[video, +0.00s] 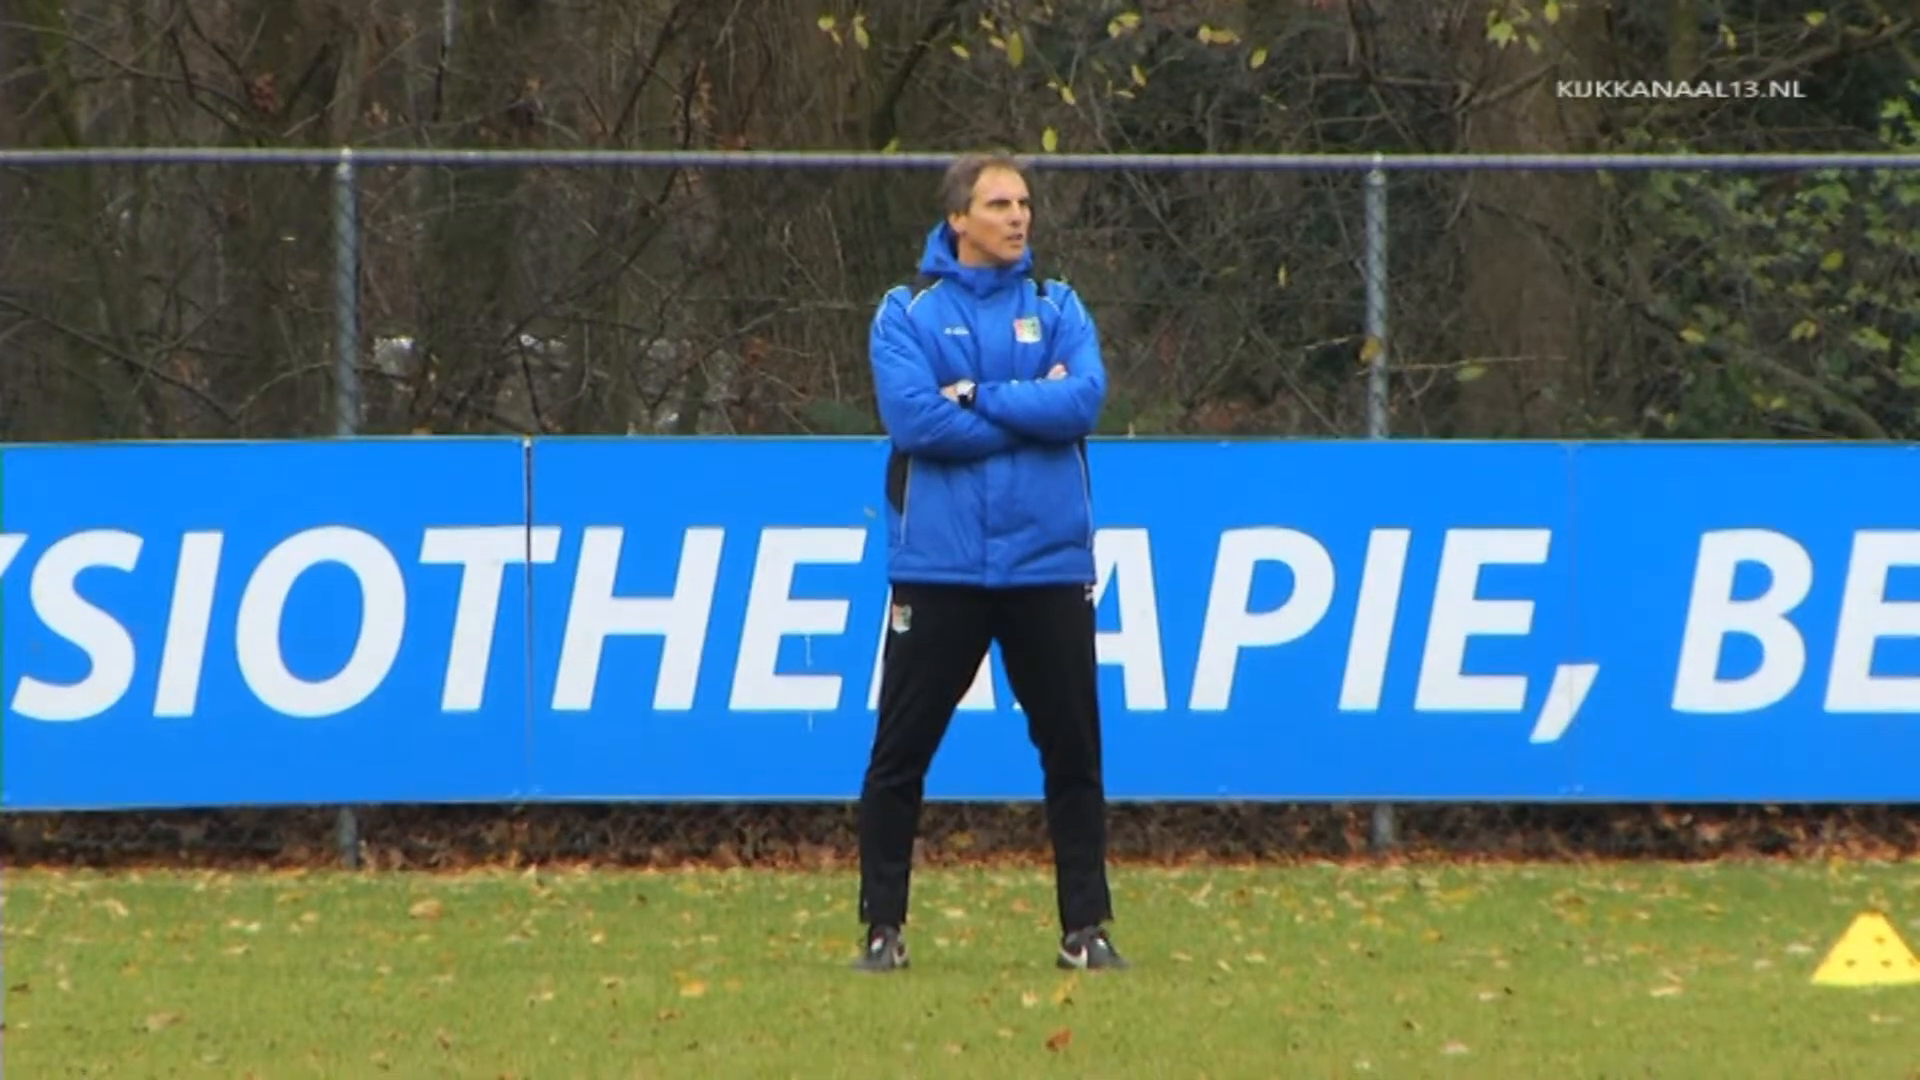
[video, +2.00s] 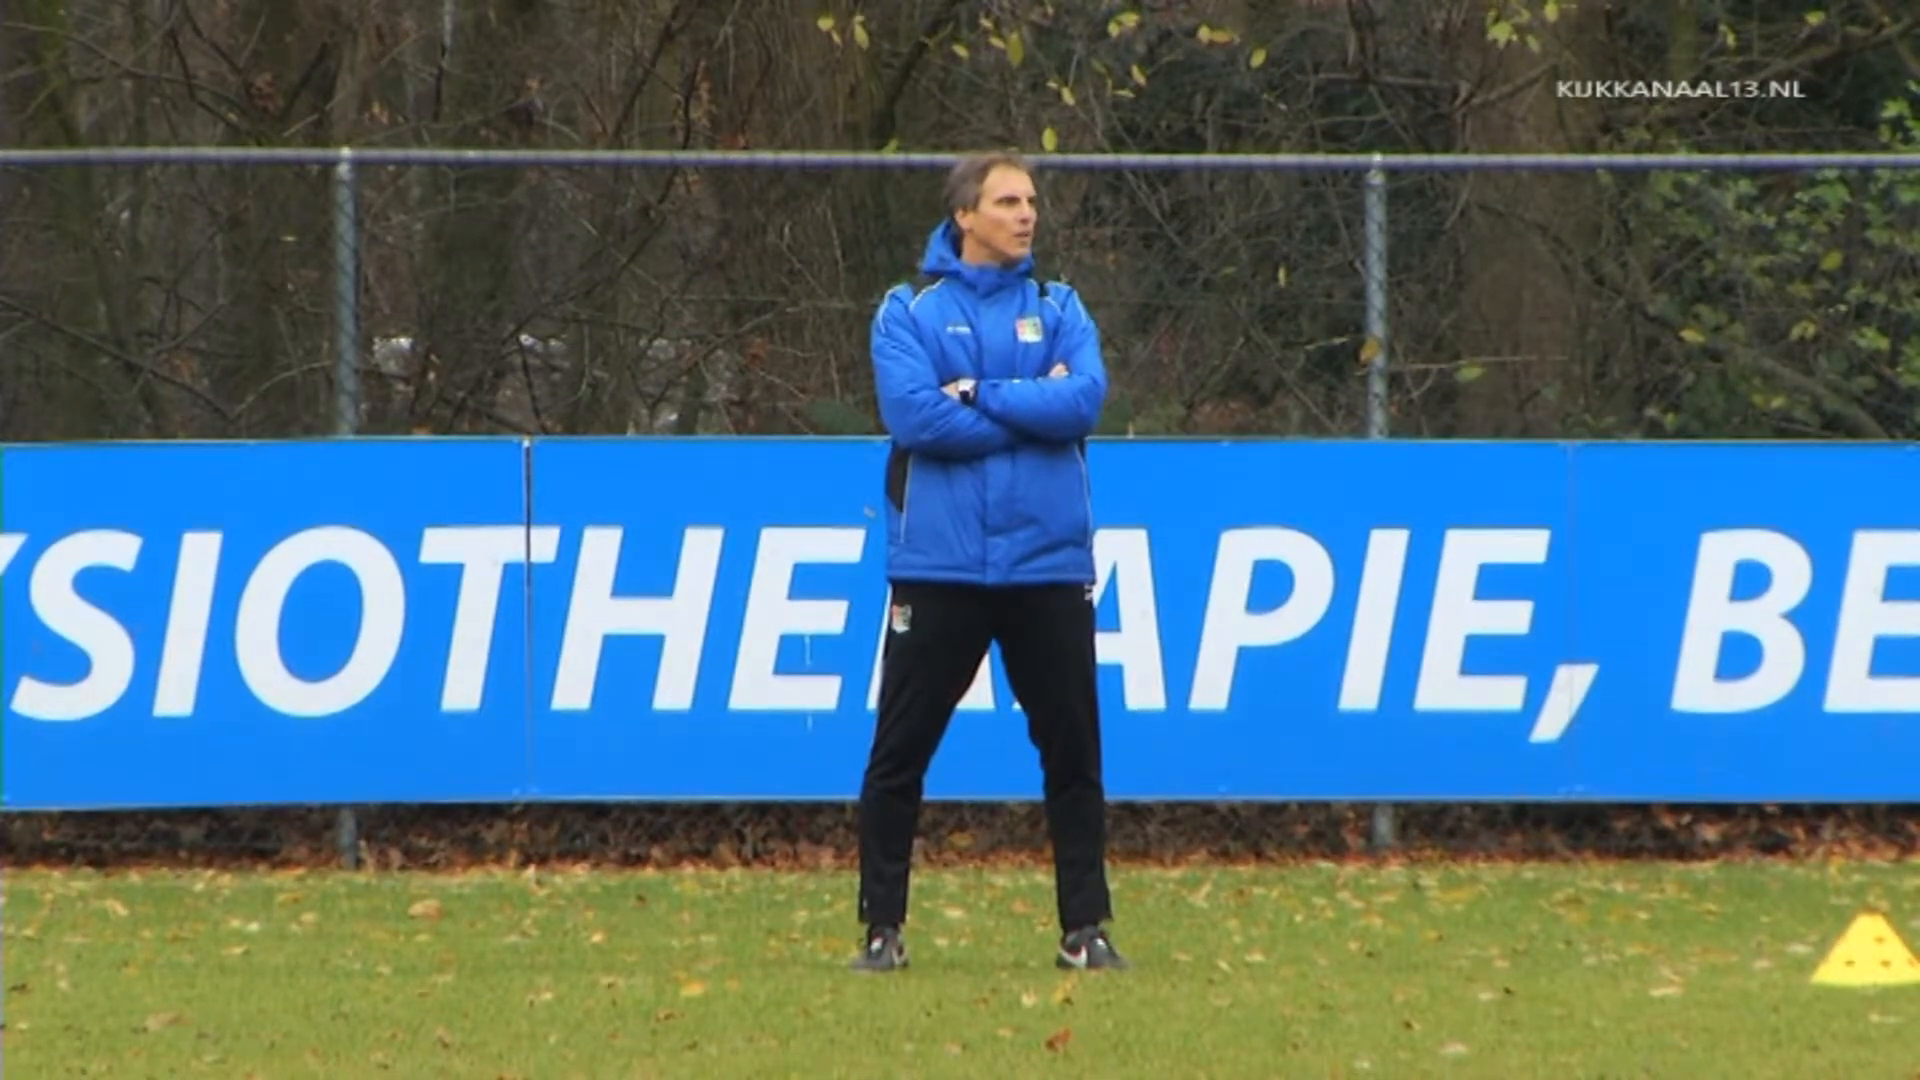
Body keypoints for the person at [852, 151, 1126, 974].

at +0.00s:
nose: (1017, 216)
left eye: (1023, 204)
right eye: (999, 205)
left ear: (1031, 218)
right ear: (959, 221)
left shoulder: (1058, 305)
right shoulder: (905, 312)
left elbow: (1082, 401)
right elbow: (917, 424)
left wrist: (973, 393)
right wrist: (1027, 415)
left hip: (1050, 566)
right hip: (940, 569)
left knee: (1073, 749)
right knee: (902, 752)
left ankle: (1085, 930)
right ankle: (882, 929)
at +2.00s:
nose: (1027, 215)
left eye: (1031, 203)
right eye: (1010, 203)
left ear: (1034, 217)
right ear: (965, 218)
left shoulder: (1059, 306)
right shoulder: (907, 310)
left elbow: (1083, 402)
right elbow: (917, 423)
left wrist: (975, 391)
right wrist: (1028, 413)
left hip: (1050, 567)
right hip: (941, 569)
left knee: (1073, 750)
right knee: (901, 752)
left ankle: (1085, 931)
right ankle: (882, 929)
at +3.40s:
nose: (1003, 221)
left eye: (1012, 208)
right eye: (986, 209)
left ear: (1024, 218)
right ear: (950, 221)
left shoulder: (1057, 305)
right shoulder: (899, 312)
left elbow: (1075, 401)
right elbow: (912, 425)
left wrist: (964, 392)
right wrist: (1023, 413)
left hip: (1045, 567)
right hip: (937, 570)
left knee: (1071, 751)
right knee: (899, 753)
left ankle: (1085, 930)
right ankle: (882, 929)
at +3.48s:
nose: (1000, 228)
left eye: (1012, 212)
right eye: (984, 213)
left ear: (1032, 218)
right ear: (951, 221)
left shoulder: (1060, 314)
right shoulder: (905, 318)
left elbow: (1094, 421)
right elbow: (915, 437)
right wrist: (993, 344)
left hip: (1044, 567)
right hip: (940, 570)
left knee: (1070, 742)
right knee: (899, 749)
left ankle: (1085, 927)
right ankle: (883, 926)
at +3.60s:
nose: (1001, 221)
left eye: (1012, 207)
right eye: (984, 208)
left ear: (1025, 217)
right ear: (950, 220)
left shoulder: (1057, 304)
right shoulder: (900, 311)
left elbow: (1076, 400)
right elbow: (912, 430)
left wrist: (964, 395)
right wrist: (1023, 411)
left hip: (1048, 566)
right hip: (936, 570)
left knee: (1070, 751)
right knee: (899, 750)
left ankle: (1086, 928)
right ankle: (881, 924)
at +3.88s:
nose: (996, 219)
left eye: (1007, 205)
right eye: (979, 206)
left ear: (1023, 216)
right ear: (950, 218)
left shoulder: (1059, 305)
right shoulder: (900, 312)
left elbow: (1076, 403)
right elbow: (911, 423)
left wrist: (965, 392)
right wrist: (1020, 415)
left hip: (1044, 567)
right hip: (934, 568)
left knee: (1070, 750)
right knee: (898, 751)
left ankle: (1085, 930)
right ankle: (882, 929)